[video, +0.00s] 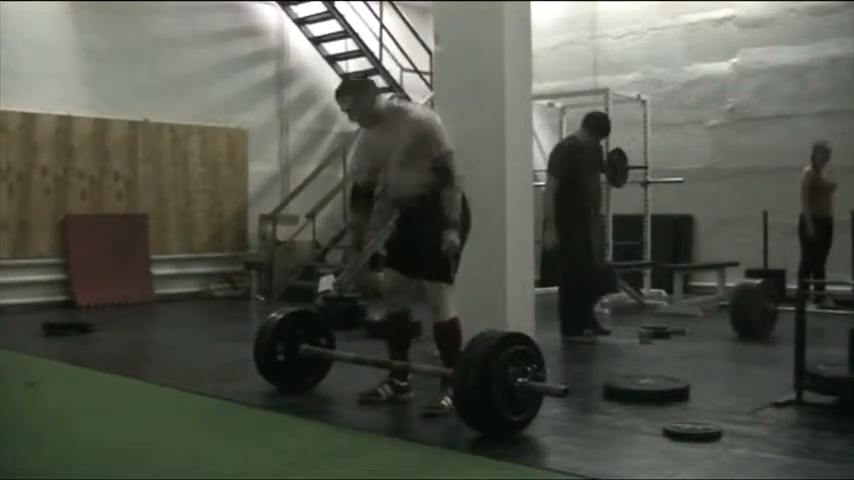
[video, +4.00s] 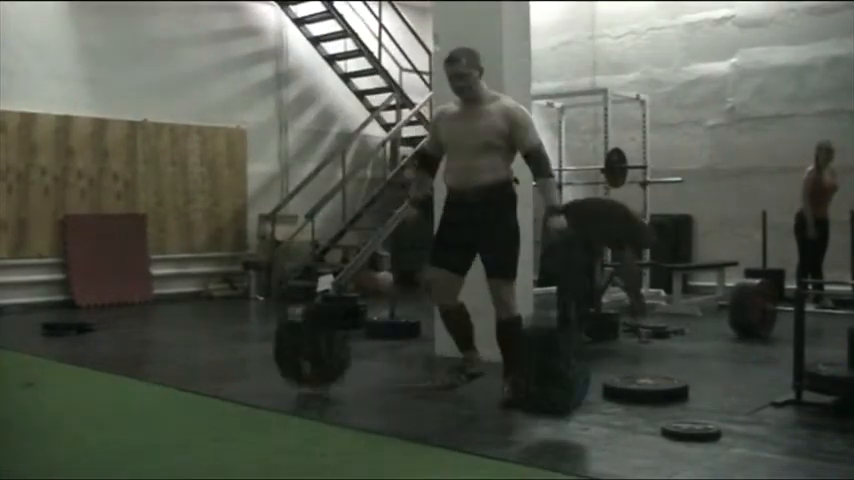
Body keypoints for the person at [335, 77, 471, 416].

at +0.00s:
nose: (351, 117)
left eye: (353, 108)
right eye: (347, 112)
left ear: (371, 96)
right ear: (349, 110)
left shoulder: (421, 122)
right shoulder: (368, 141)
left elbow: (448, 175)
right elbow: (361, 197)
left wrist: (452, 227)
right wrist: (355, 249)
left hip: (438, 213)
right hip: (402, 217)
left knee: (439, 299)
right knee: (395, 297)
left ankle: (451, 386)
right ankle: (399, 379)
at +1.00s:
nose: (332, 158)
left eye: (336, 150)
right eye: (330, 151)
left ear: (357, 146)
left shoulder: (394, 166)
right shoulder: (355, 177)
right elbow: (355, 224)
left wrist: (447, 270)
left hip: (441, 221)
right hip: (404, 230)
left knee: (430, 302)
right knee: (386, 300)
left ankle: (443, 388)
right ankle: (396, 379)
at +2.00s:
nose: (398, 86)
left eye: (406, 80)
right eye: (397, 81)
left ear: (426, 84)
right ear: (397, 87)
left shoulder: (448, 118)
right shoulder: (387, 131)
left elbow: (489, 126)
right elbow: (350, 168)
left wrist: (457, 149)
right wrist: (365, 161)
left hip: (425, 210)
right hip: (387, 211)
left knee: (412, 307)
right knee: (361, 298)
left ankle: (443, 391)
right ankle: (393, 380)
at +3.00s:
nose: (417, 70)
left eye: (426, 66)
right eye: (414, 66)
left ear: (444, 77)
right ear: (410, 76)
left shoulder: (446, 115)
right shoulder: (391, 109)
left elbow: (464, 81)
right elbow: (354, 88)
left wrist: (463, 32)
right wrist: (356, 45)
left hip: (411, 202)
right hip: (372, 201)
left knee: (422, 298)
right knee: (373, 297)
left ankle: (453, 391)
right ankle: (392, 381)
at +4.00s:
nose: (459, 84)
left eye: (464, 77)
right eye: (453, 79)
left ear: (480, 73)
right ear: (448, 81)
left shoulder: (510, 113)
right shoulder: (443, 119)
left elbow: (540, 166)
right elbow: (427, 164)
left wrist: (554, 210)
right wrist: (417, 195)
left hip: (497, 207)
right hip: (457, 208)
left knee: (502, 294)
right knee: (440, 287)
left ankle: (514, 379)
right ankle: (470, 359)